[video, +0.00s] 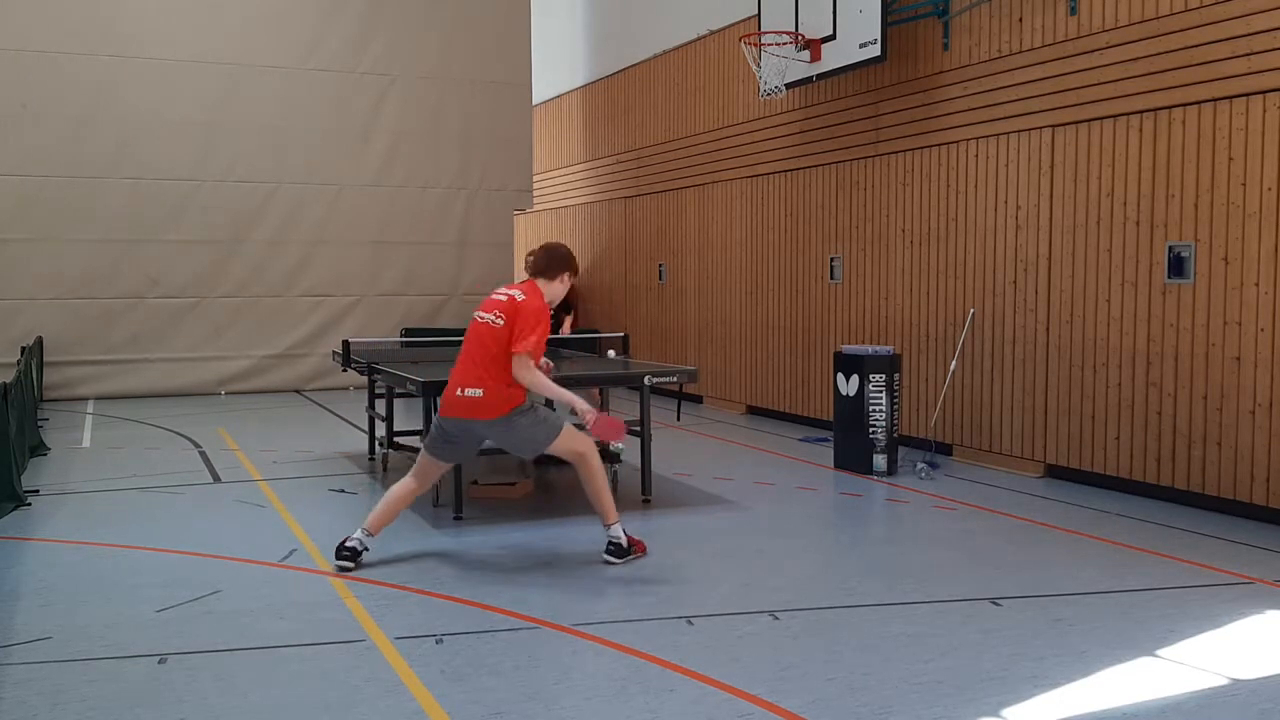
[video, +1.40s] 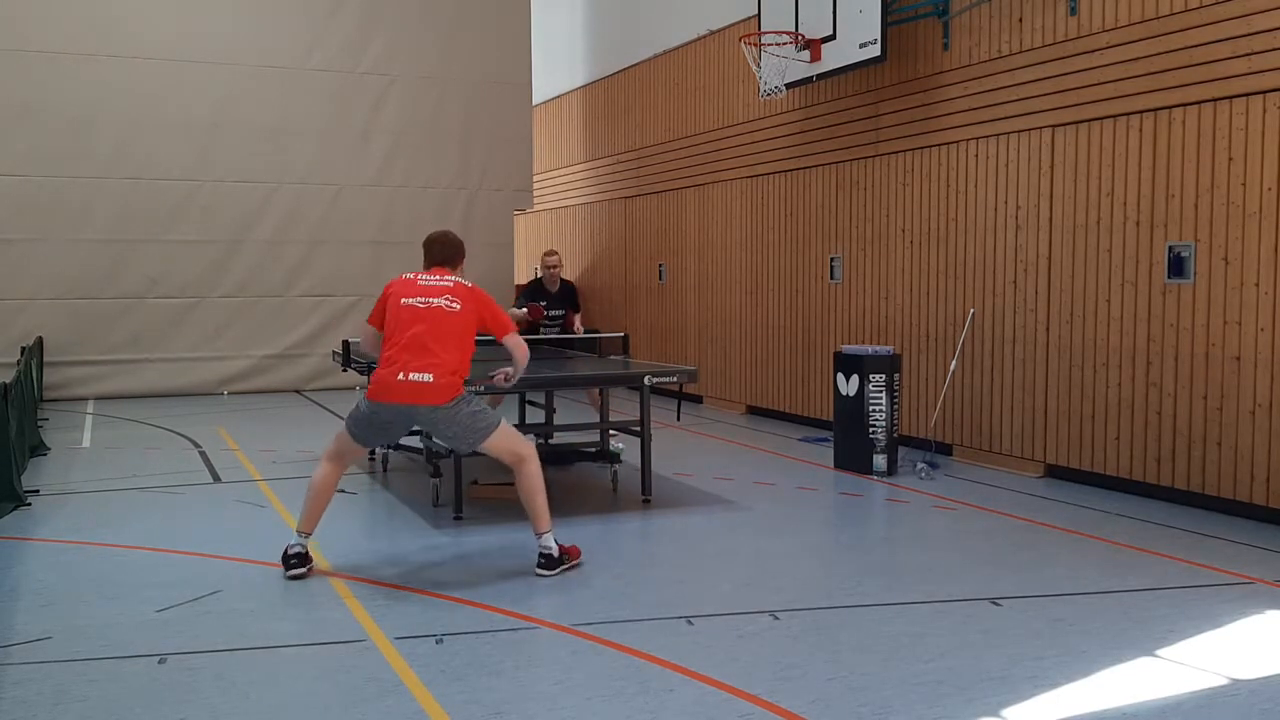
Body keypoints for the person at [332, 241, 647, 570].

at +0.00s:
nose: (567, 291)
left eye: (569, 283)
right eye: (569, 282)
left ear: (533, 269)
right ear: (561, 277)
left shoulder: (497, 296)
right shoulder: (535, 304)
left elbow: (482, 353)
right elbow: (523, 369)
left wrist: (530, 363)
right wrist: (573, 400)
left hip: (456, 411)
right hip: (505, 412)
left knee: (416, 479)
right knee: (584, 449)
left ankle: (357, 541)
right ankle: (618, 538)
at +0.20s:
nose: (538, 294)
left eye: (539, 289)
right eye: (539, 289)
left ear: (500, 279)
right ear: (531, 287)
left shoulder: (465, 303)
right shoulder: (531, 316)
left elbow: (417, 338)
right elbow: (580, 342)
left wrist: (450, 326)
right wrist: (564, 298)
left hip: (426, 419)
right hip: (481, 423)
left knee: (387, 457)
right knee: (563, 445)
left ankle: (364, 533)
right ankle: (534, 538)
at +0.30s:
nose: (515, 307)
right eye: (515, 303)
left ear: (476, 301)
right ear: (510, 305)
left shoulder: (445, 326)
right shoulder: (515, 337)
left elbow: (383, 355)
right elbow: (557, 360)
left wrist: (404, 348)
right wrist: (539, 319)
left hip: (422, 442)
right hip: (480, 447)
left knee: (376, 457)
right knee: (562, 453)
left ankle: (360, 538)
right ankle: (533, 542)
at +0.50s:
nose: (480, 271)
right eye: (480, 267)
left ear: (442, 266)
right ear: (477, 269)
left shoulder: (416, 297)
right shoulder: (491, 307)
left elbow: (361, 337)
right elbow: (534, 358)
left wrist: (374, 352)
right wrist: (516, 333)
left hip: (412, 415)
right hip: (470, 417)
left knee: (371, 452)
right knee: (541, 450)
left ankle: (356, 536)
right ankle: (533, 542)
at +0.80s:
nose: (451, 283)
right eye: (451, 278)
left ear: (411, 279)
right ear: (449, 279)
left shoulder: (393, 302)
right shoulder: (466, 305)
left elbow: (362, 359)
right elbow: (514, 355)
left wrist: (393, 356)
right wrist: (489, 381)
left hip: (399, 418)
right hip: (459, 419)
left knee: (335, 461)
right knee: (527, 464)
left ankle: (304, 548)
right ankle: (548, 550)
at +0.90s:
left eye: (413, 276)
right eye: (446, 274)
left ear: (411, 277)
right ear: (448, 275)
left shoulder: (397, 297)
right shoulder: (471, 299)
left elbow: (362, 346)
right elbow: (512, 334)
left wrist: (389, 345)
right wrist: (479, 338)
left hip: (397, 416)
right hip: (458, 418)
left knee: (335, 458)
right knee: (520, 466)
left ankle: (303, 547)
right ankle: (548, 548)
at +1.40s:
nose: (459, 269)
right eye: (461, 263)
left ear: (424, 262)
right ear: (460, 265)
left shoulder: (398, 286)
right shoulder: (473, 294)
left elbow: (369, 340)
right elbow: (521, 353)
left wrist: (398, 360)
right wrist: (511, 374)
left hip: (385, 399)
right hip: (445, 400)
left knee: (335, 460)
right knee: (523, 454)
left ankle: (298, 547)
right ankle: (549, 549)